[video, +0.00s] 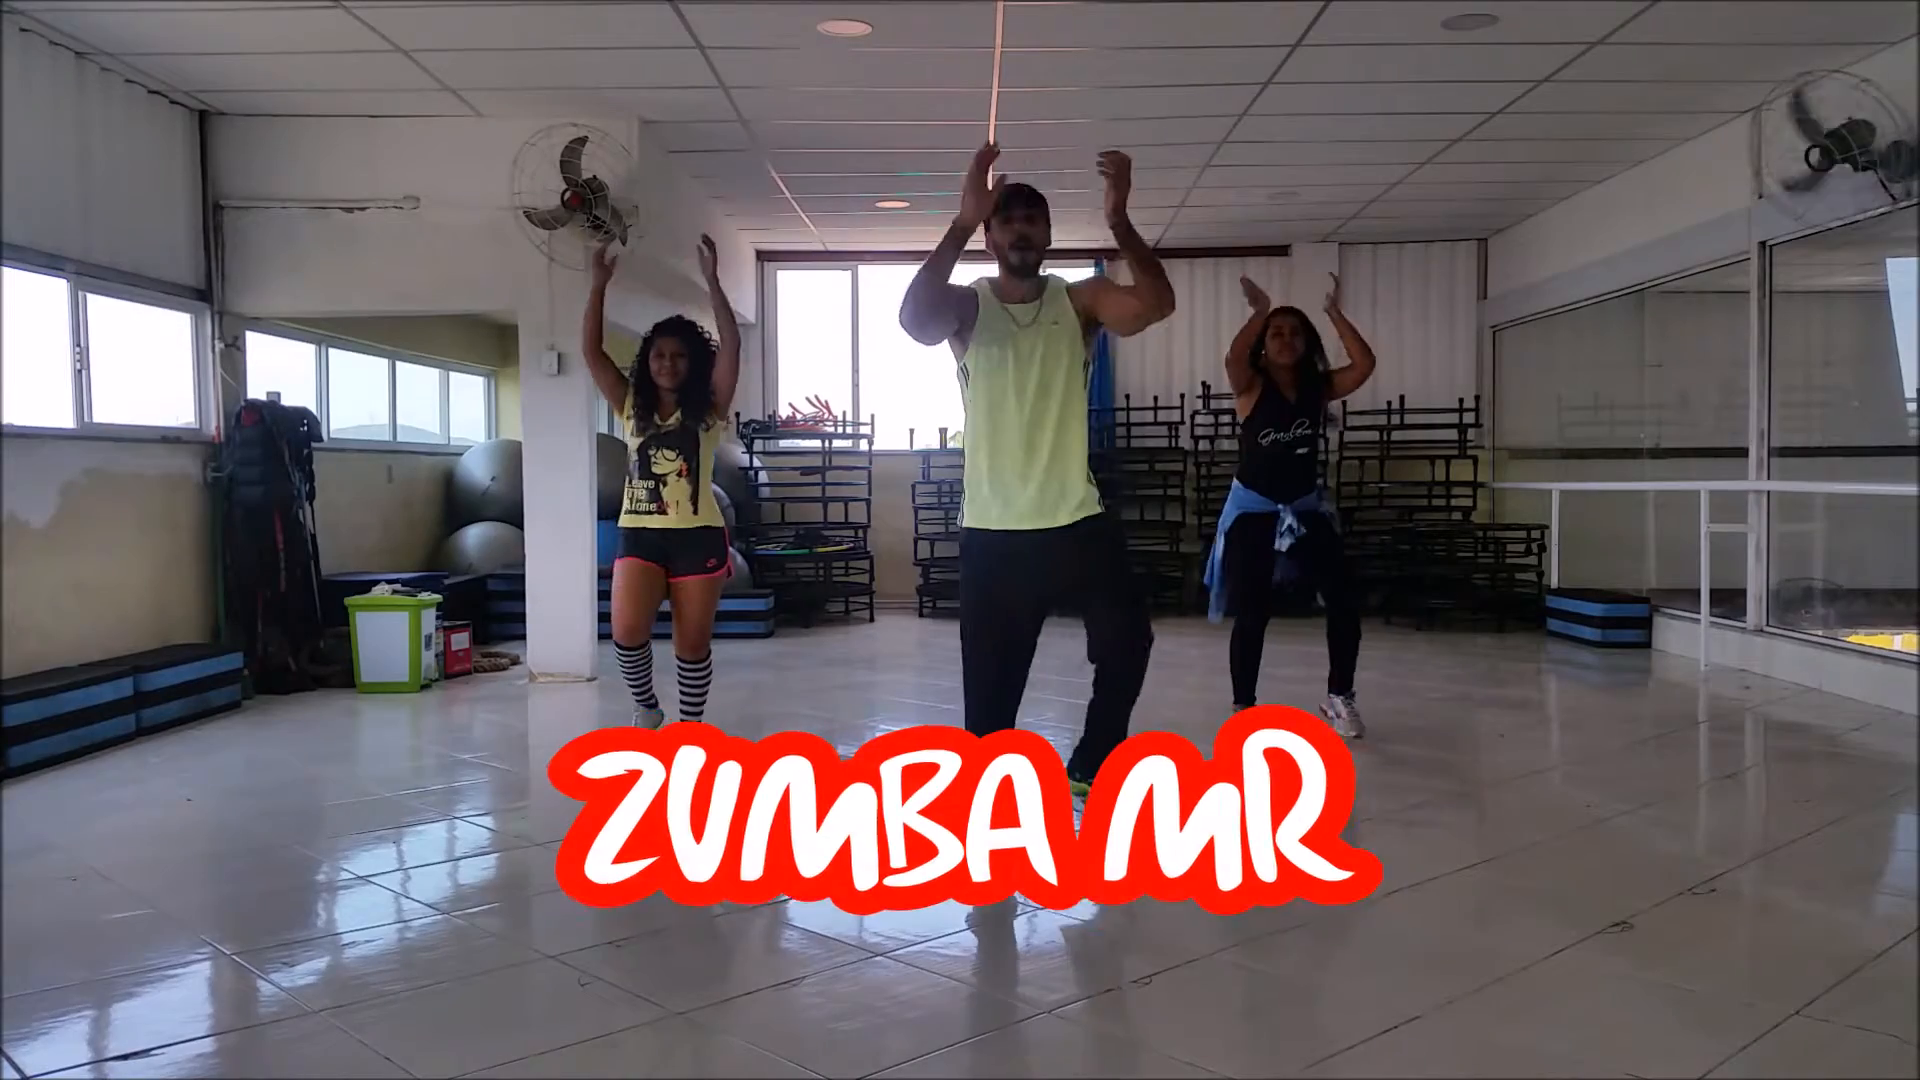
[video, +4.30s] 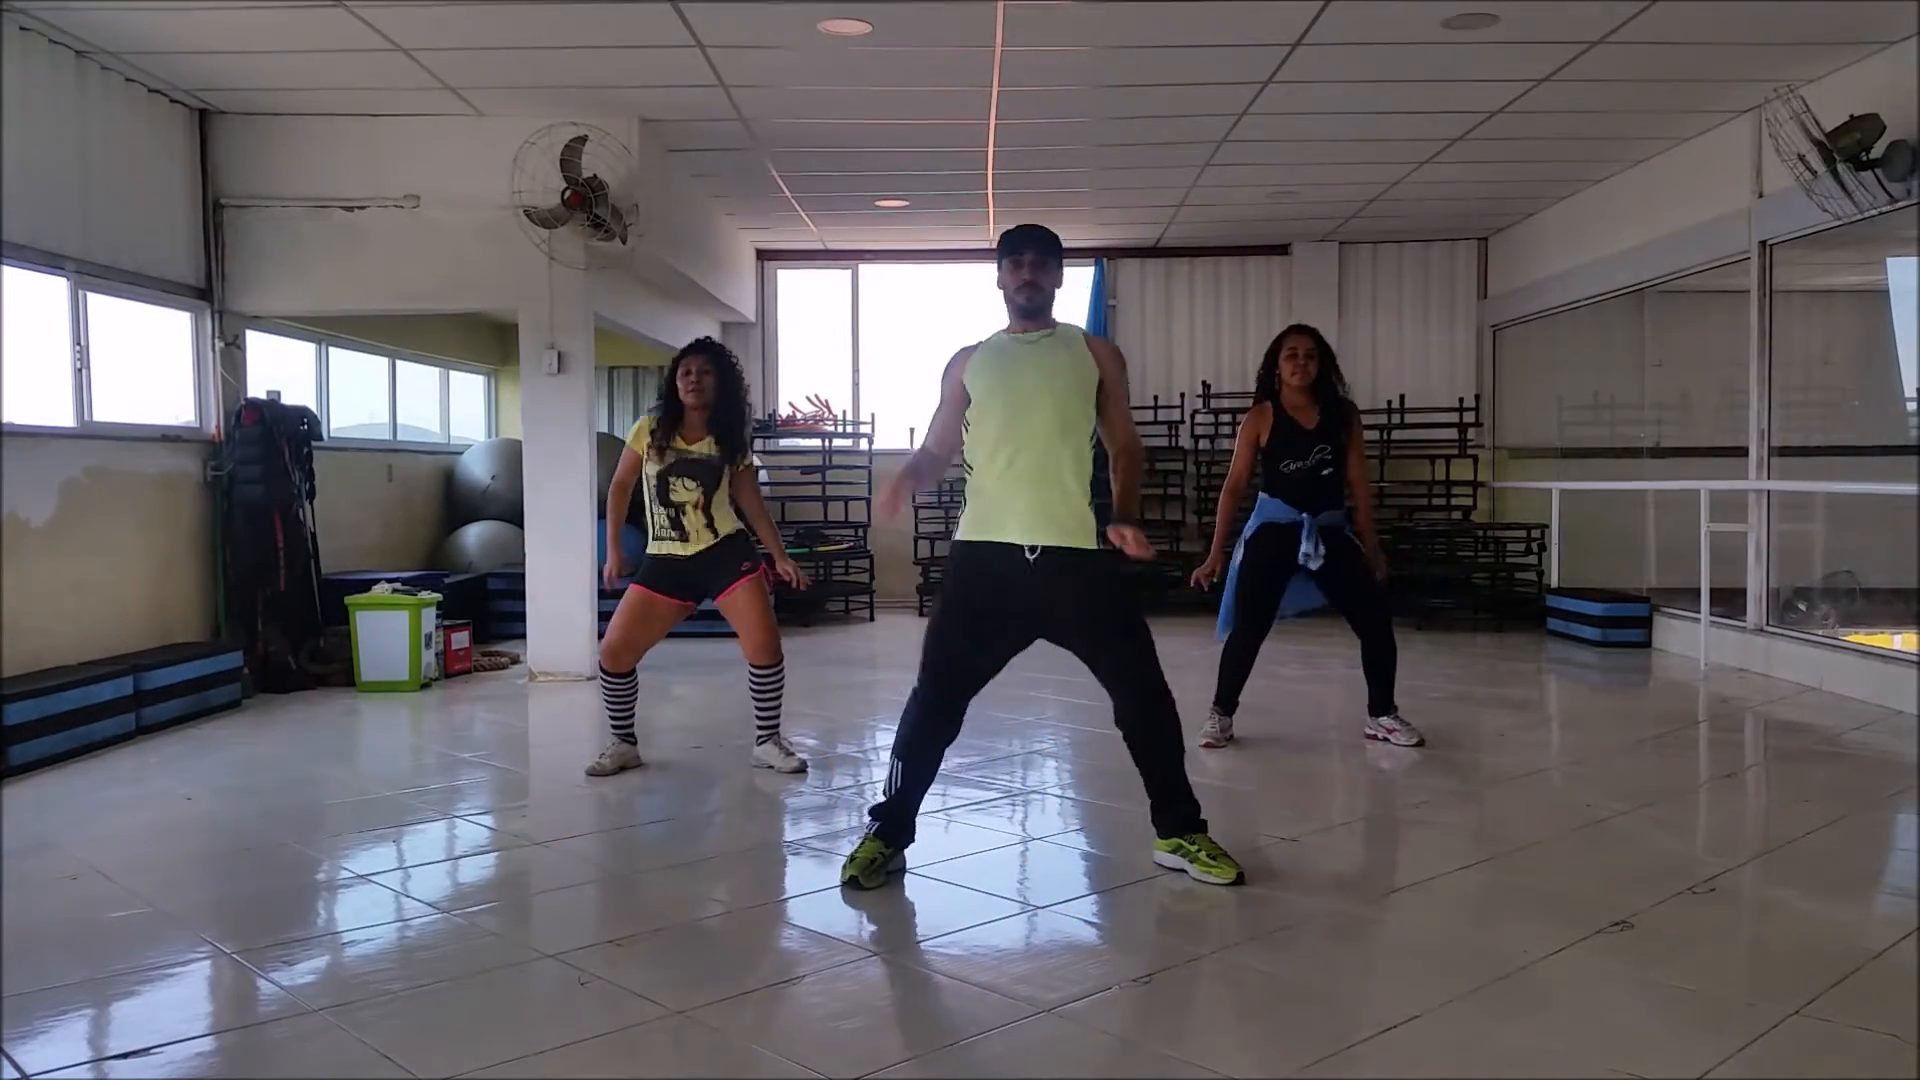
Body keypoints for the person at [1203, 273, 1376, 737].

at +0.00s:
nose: (1285, 340)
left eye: (1294, 333)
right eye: (1276, 334)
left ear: (1307, 344)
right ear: (1262, 344)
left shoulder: (1318, 387)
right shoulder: (1249, 386)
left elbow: (1362, 365)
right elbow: (1235, 357)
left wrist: (1335, 314)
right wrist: (1260, 312)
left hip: (1308, 513)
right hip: (1254, 514)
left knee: (1344, 600)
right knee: (1252, 613)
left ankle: (1340, 697)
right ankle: (1244, 710)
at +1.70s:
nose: (1293, 340)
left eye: (1301, 332)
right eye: (1285, 333)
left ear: (1316, 340)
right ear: (1274, 339)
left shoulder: (1334, 384)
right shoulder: (1259, 383)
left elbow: (1368, 381)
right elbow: (1222, 376)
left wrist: (1322, 350)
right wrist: (1282, 361)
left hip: (1322, 513)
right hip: (1266, 513)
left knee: (1326, 615)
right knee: (1255, 615)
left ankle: (1333, 716)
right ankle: (1235, 717)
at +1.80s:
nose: (1286, 338)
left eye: (1295, 331)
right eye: (1277, 332)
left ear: (1309, 342)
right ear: (1262, 343)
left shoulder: (1326, 390)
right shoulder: (1248, 387)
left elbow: (1375, 413)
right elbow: (1201, 402)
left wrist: (1327, 383)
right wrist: (1265, 390)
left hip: (1315, 515)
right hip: (1258, 515)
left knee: (1327, 614)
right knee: (1249, 615)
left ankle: (1335, 713)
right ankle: (1234, 715)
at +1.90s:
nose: (1278, 337)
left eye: (1287, 331)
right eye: (1269, 331)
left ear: (1300, 342)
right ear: (1254, 342)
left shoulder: (1317, 390)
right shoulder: (1239, 388)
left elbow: (1368, 434)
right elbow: (1191, 427)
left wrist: (1336, 428)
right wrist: (1239, 436)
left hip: (1309, 513)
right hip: (1252, 514)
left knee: (1343, 598)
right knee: (1245, 611)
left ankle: (1347, 705)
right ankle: (1234, 715)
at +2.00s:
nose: (1279, 335)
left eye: (1287, 329)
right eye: (1269, 329)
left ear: (1300, 339)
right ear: (1254, 339)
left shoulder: (1315, 390)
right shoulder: (1235, 387)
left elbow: (1350, 438)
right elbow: (1195, 444)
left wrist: (1362, 460)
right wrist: (1220, 476)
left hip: (1308, 511)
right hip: (1251, 512)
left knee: (1348, 598)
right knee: (1245, 611)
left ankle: (1365, 700)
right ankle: (1234, 715)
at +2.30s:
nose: (1298, 347)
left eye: (1306, 341)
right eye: (1288, 341)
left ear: (1319, 351)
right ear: (1273, 351)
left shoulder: (1339, 401)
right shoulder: (1255, 405)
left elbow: (1363, 467)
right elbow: (1233, 473)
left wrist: (1387, 528)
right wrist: (1221, 533)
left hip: (1332, 524)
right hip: (1274, 526)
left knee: (1363, 616)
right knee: (1260, 616)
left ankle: (1381, 716)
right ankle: (1225, 713)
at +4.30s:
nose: (1300, 362)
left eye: (1309, 355)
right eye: (1291, 355)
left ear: (1321, 364)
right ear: (1276, 364)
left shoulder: (1343, 415)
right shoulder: (1259, 418)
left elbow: (1359, 486)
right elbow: (1233, 488)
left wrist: (1368, 548)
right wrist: (1216, 552)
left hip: (1330, 534)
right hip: (1274, 533)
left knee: (1375, 618)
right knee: (1251, 621)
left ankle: (1383, 717)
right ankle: (1221, 716)